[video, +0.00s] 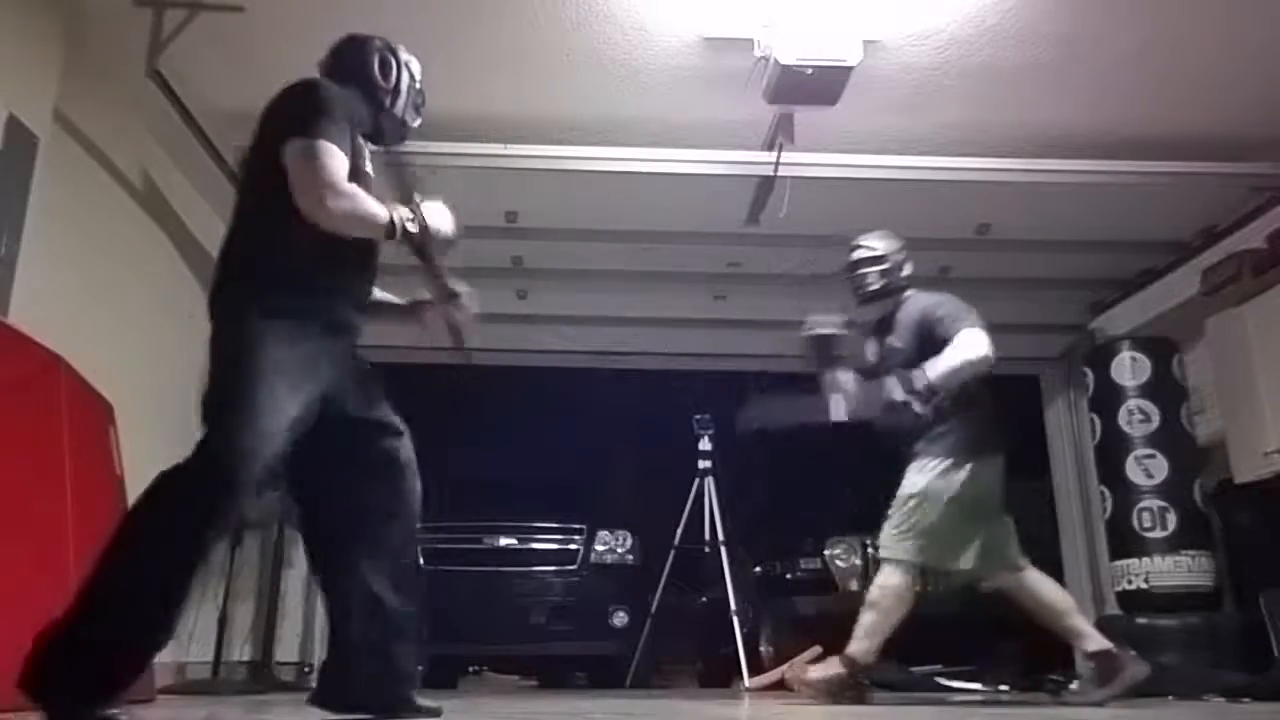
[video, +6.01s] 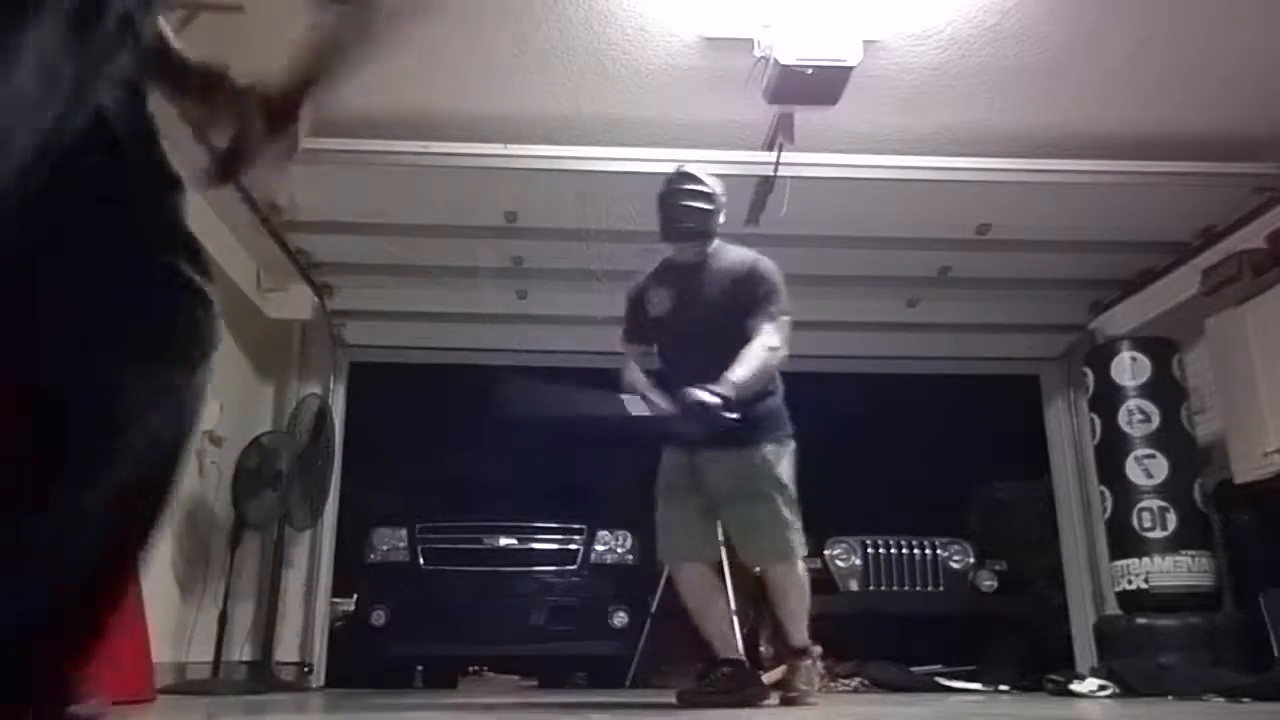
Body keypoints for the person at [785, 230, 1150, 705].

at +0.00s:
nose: (863, 276)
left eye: (873, 265)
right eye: (856, 269)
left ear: (899, 267)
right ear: (852, 278)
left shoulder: (931, 305)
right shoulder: (880, 335)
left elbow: (977, 350)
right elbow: (867, 404)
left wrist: (915, 381)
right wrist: (831, 364)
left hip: (960, 446)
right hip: (941, 450)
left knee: (899, 554)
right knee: (1007, 569)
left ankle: (851, 664)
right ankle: (1104, 656)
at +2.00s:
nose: (777, 263)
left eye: (787, 252)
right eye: (767, 254)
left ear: (809, 257)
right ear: (755, 263)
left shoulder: (830, 308)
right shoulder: (762, 318)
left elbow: (836, 366)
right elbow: (738, 353)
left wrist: (777, 361)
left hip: (823, 442)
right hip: (786, 446)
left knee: (767, 515)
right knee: (807, 574)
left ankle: (776, 659)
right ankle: (880, 660)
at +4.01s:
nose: (700, 242)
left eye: (711, 230)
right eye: (701, 234)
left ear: (748, 233)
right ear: (757, 239)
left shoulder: (745, 279)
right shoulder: (791, 281)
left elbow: (700, 359)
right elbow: (783, 367)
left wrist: (669, 401)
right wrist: (741, 379)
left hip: (809, 418)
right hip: (857, 426)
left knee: (729, 535)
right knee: (856, 563)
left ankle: (749, 668)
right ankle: (954, 661)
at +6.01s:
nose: (689, 223)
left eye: (699, 212)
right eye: (678, 213)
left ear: (717, 216)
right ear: (662, 217)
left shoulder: (753, 271)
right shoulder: (649, 291)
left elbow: (772, 342)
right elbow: (633, 368)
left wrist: (722, 390)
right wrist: (666, 407)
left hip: (755, 444)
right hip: (684, 447)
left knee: (776, 552)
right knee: (685, 556)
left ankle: (802, 658)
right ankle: (733, 666)